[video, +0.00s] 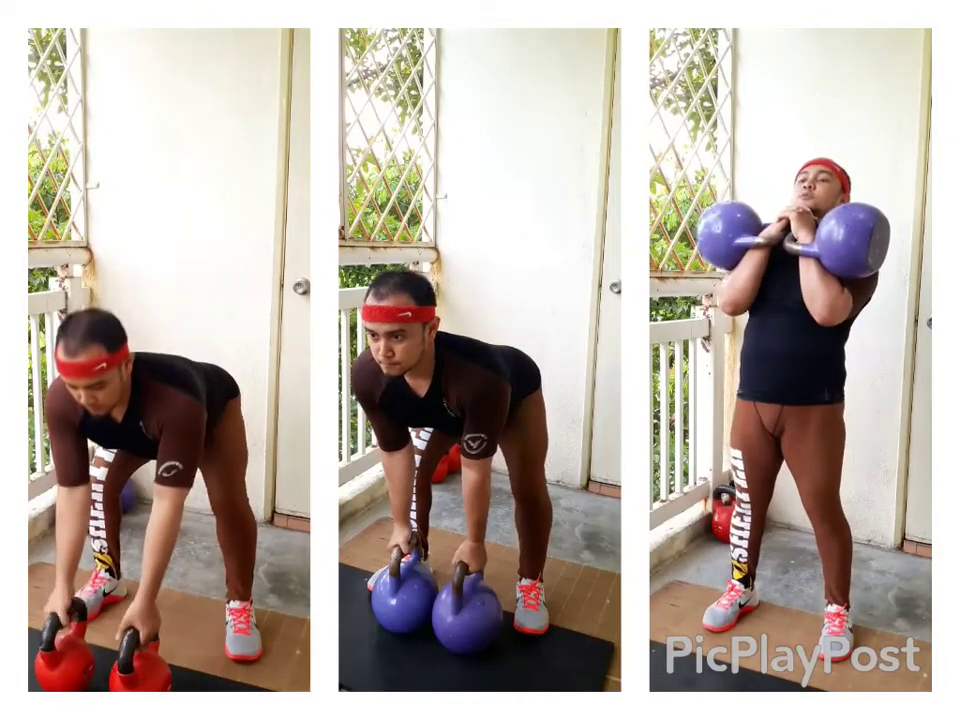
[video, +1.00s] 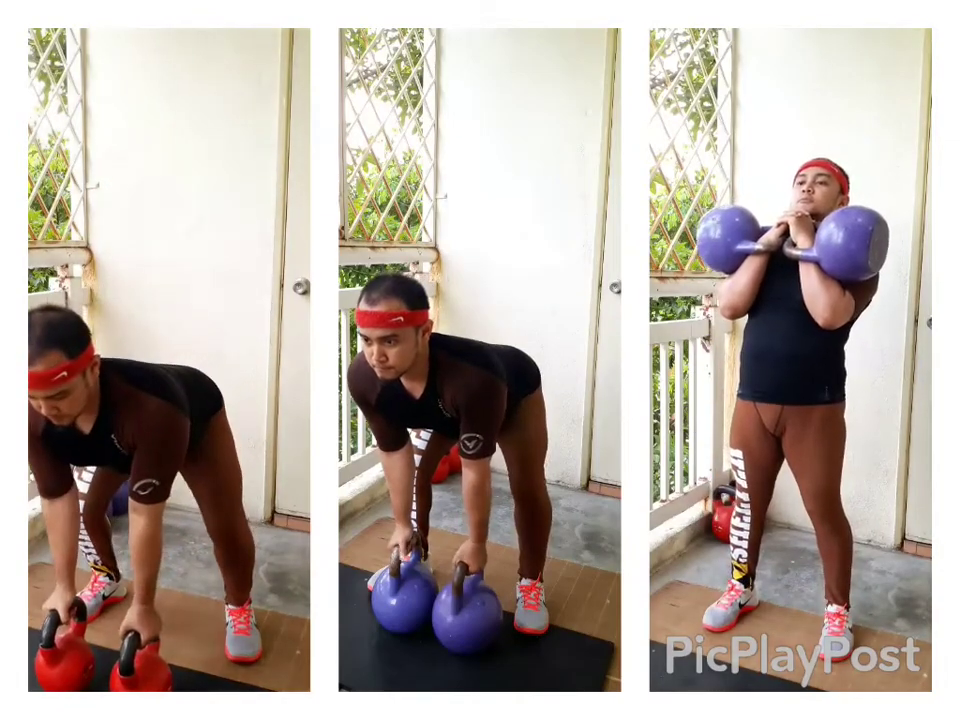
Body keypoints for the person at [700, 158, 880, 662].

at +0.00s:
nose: (807, 182)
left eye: (821, 178)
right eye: (802, 177)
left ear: (844, 199)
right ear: (790, 194)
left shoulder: (853, 256)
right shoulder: (767, 247)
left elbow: (828, 312)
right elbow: (729, 303)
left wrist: (804, 241)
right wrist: (765, 240)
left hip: (813, 408)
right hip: (752, 401)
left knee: (824, 513)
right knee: (749, 503)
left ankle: (836, 609)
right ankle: (740, 587)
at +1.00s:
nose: (805, 188)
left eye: (819, 182)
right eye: (800, 182)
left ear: (844, 199)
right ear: (789, 196)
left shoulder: (854, 259)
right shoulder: (766, 249)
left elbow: (830, 315)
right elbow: (728, 306)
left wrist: (804, 246)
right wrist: (764, 246)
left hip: (814, 408)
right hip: (752, 401)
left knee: (825, 513)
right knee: (748, 503)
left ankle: (836, 610)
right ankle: (740, 587)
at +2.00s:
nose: (783, 355)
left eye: (796, 346)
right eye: (776, 346)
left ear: (819, 357)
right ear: (768, 354)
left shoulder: (833, 414)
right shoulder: (749, 405)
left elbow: (817, 497)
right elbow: (721, 478)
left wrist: (788, 428)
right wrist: (747, 427)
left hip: (822, 524)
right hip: (769, 522)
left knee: (826, 550)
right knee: (713, 525)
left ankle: (835, 616)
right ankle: (740, 590)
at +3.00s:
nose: (802, 175)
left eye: (816, 169)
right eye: (795, 169)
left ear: (840, 188)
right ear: (783, 185)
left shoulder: (846, 246)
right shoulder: (761, 239)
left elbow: (821, 315)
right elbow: (735, 306)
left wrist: (798, 241)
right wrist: (761, 240)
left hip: (825, 407)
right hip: (766, 401)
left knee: (831, 514)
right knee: (745, 499)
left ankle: (836, 611)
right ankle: (739, 587)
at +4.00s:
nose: (805, 186)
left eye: (819, 179)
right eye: (800, 179)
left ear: (844, 196)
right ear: (790, 193)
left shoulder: (854, 257)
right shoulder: (768, 243)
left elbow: (828, 314)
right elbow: (735, 305)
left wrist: (805, 242)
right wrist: (767, 243)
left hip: (814, 406)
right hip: (754, 399)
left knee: (825, 512)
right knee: (749, 501)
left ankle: (837, 609)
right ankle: (740, 586)